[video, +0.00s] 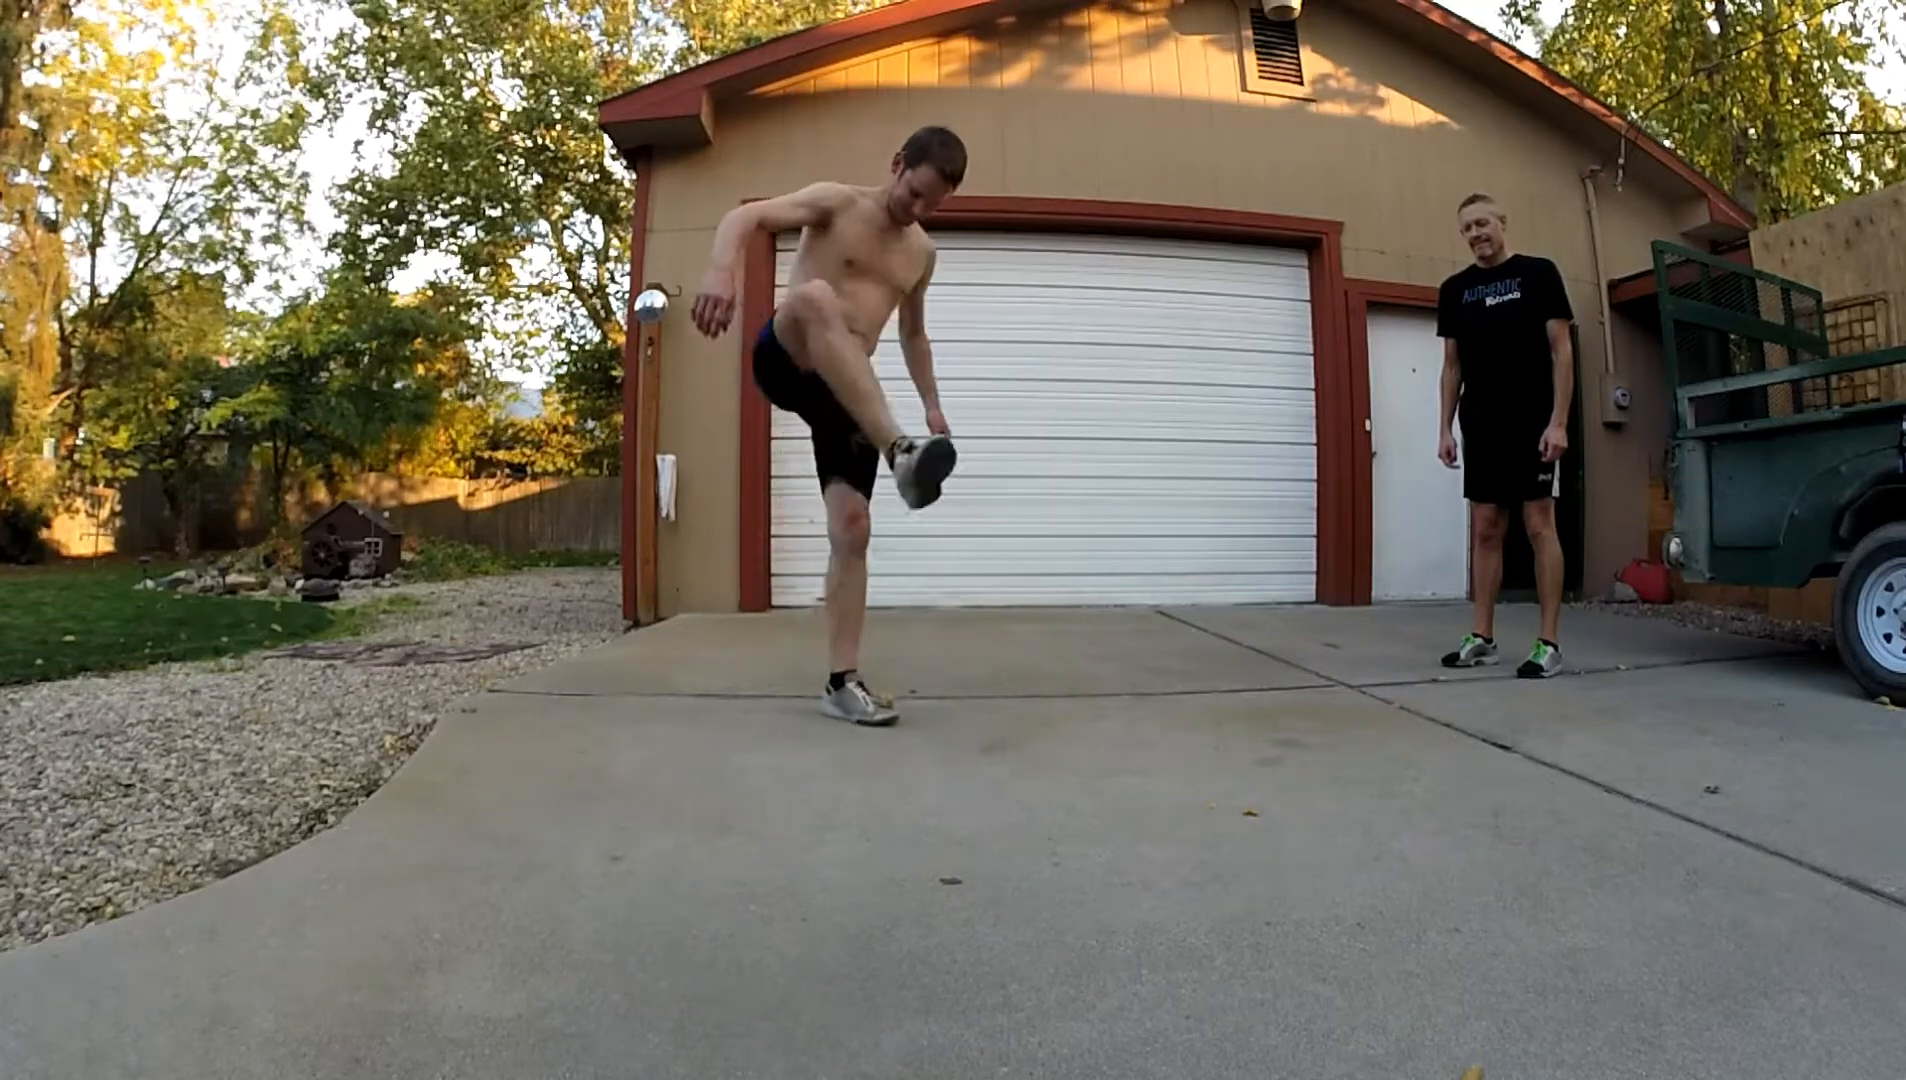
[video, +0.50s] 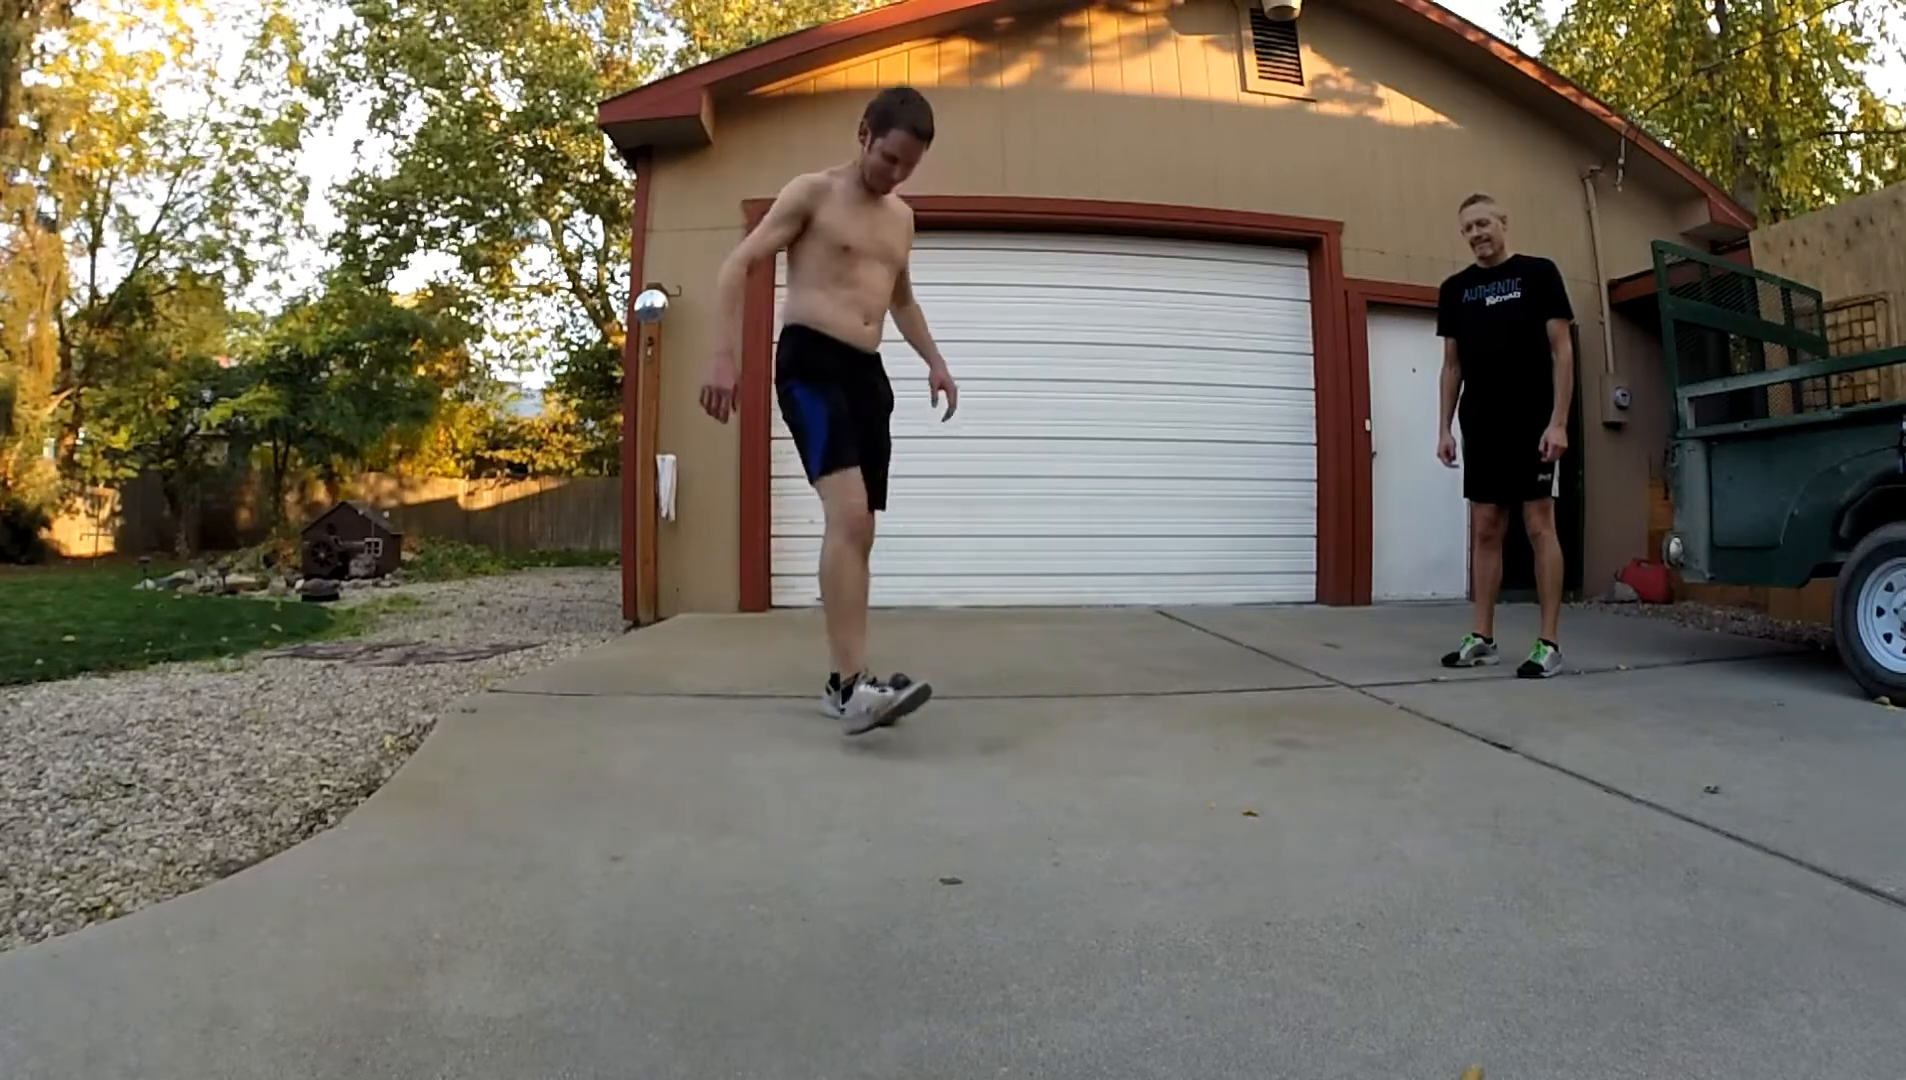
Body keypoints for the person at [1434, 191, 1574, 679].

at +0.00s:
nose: (1476, 232)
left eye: (1483, 223)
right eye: (1468, 227)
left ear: (1503, 225)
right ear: (1461, 236)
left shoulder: (1539, 273)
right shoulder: (1454, 290)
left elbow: (1562, 350)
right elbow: (1452, 364)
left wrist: (1558, 422)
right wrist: (1446, 428)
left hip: (1534, 420)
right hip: (1483, 423)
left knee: (1539, 527)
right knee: (1485, 529)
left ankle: (1549, 642)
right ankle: (1482, 636)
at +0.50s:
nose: (1477, 233)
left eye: (1483, 223)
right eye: (1469, 228)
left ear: (1503, 225)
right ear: (1462, 237)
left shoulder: (1539, 273)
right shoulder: (1455, 290)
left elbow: (1563, 351)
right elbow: (1452, 364)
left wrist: (1558, 422)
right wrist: (1445, 427)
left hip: (1534, 420)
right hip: (1482, 423)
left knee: (1539, 527)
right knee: (1485, 529)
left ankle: (1549, 642)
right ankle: (1482, 636)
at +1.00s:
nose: (1473, 230)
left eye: (1480, 221)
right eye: (1465, 225)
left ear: (1501, 223)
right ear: (1459, 235)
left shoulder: (1536, 273)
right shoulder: (1453, 290)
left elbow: (1560, 350)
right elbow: (1451, 364)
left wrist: (1556, 421)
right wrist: (1444, 428)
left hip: (1532, 420)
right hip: (1481, 423)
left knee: (1537, 527)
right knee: (1485, 529)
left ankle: (1548, 641)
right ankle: (1481, 636)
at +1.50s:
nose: (1459, 233)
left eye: (1465, 224)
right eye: (1451, 229)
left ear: (1487, 228)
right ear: (1446, 239)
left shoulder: (1524, 274)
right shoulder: (1442, 294)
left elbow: (1556, 346)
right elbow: (1440, 366)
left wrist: (1555, 417)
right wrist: (1433, 429)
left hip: (1524, 421)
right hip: (1473, 424)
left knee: (1531, 526)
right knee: (1482, 531)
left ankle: (1547, 642)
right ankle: (1481, 637)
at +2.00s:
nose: (1448, 234)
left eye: (1455, 226)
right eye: (1440, 229)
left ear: (1476, 234)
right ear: (1434, 241)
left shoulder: (1511, 275)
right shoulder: (1430, 300)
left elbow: (1542, 346)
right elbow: (1447, 364)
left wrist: (1530, 402)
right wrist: (1477, 399)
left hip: (1514, 413)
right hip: (1465, 419)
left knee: (1529, 521)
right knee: (1478, 528)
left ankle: (1558, 641)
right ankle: (1481, 636)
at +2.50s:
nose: (1496, 222)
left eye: (1504, 214)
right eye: (1488, 216)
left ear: (1523, 221)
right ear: (1478, 226)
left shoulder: (1556, 270)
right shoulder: (1466, 283)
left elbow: (1574, 341)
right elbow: (1472, 354)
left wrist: (1564, 392)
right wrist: (1480, 404)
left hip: (1548, 414)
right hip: (1495, 416)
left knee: (1555, 526)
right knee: (1491, 530)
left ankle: (1570, 648)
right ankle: (1481, 636)